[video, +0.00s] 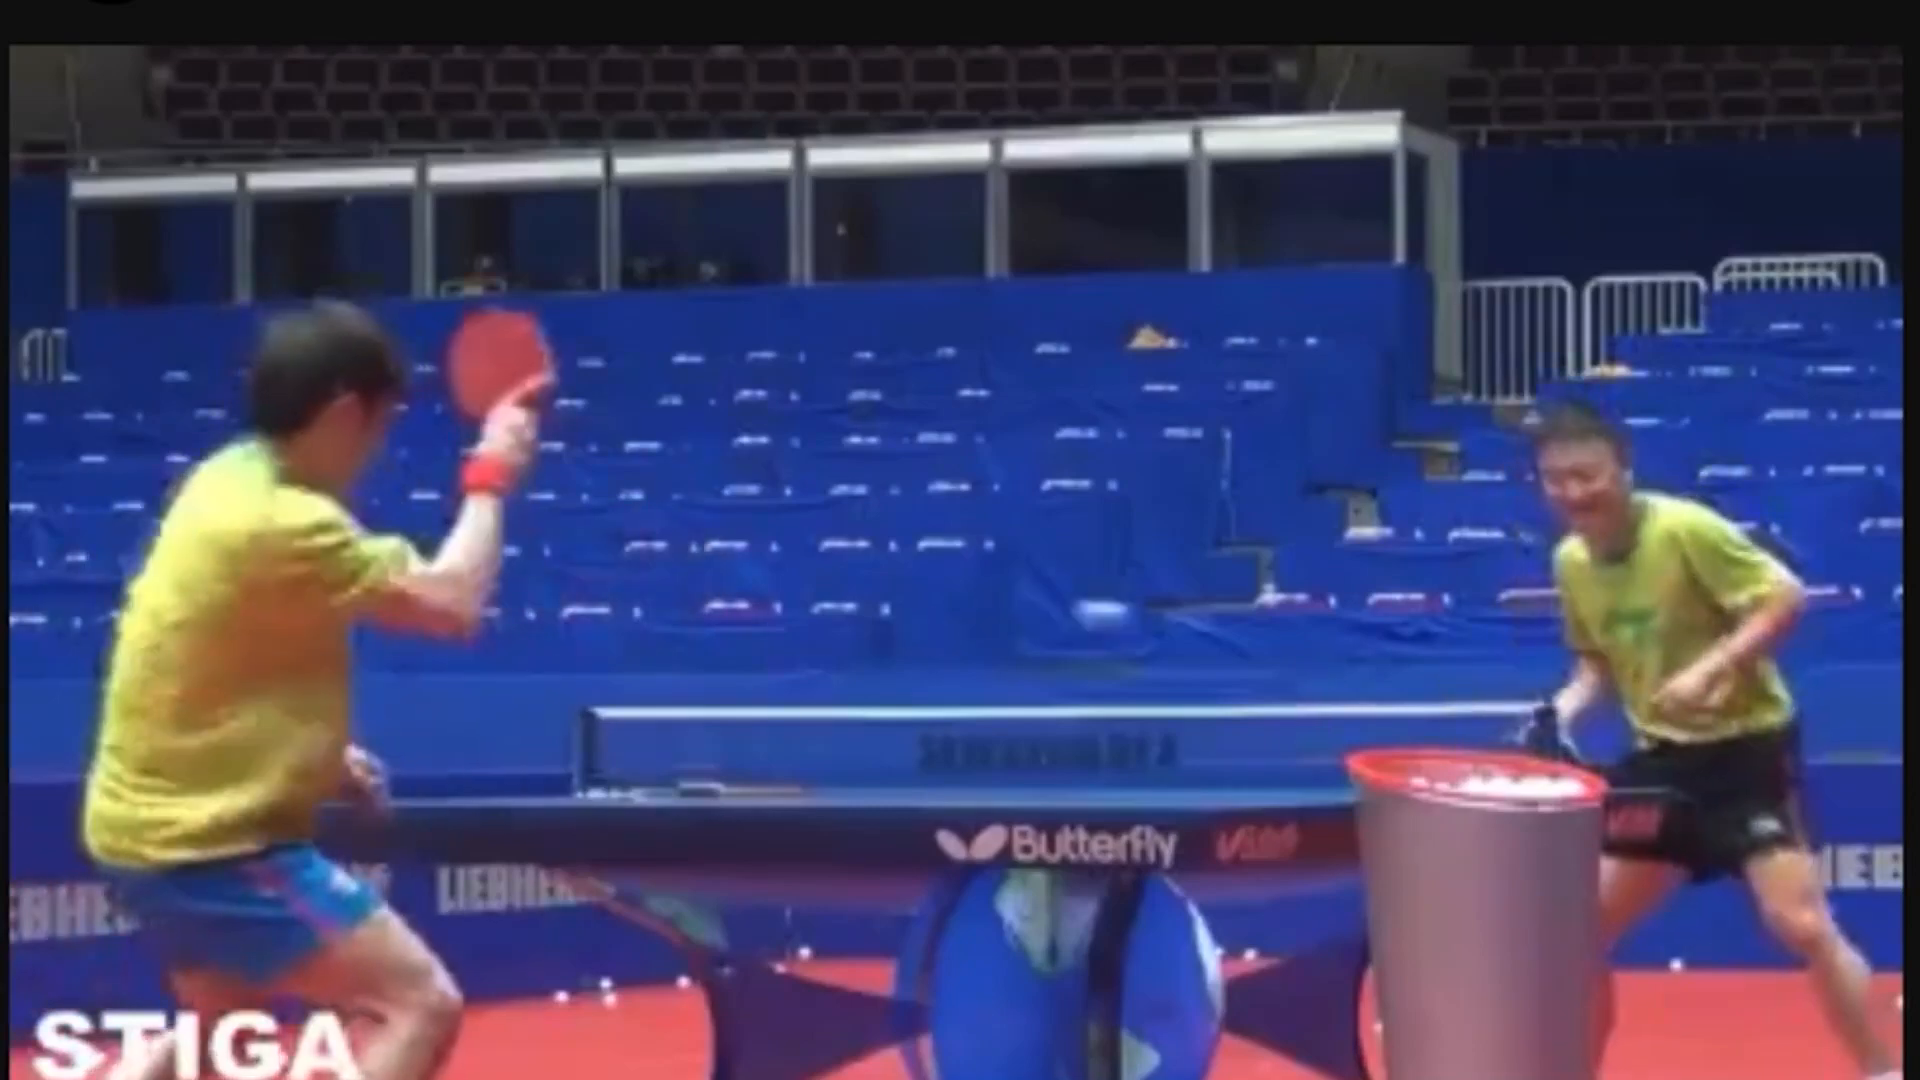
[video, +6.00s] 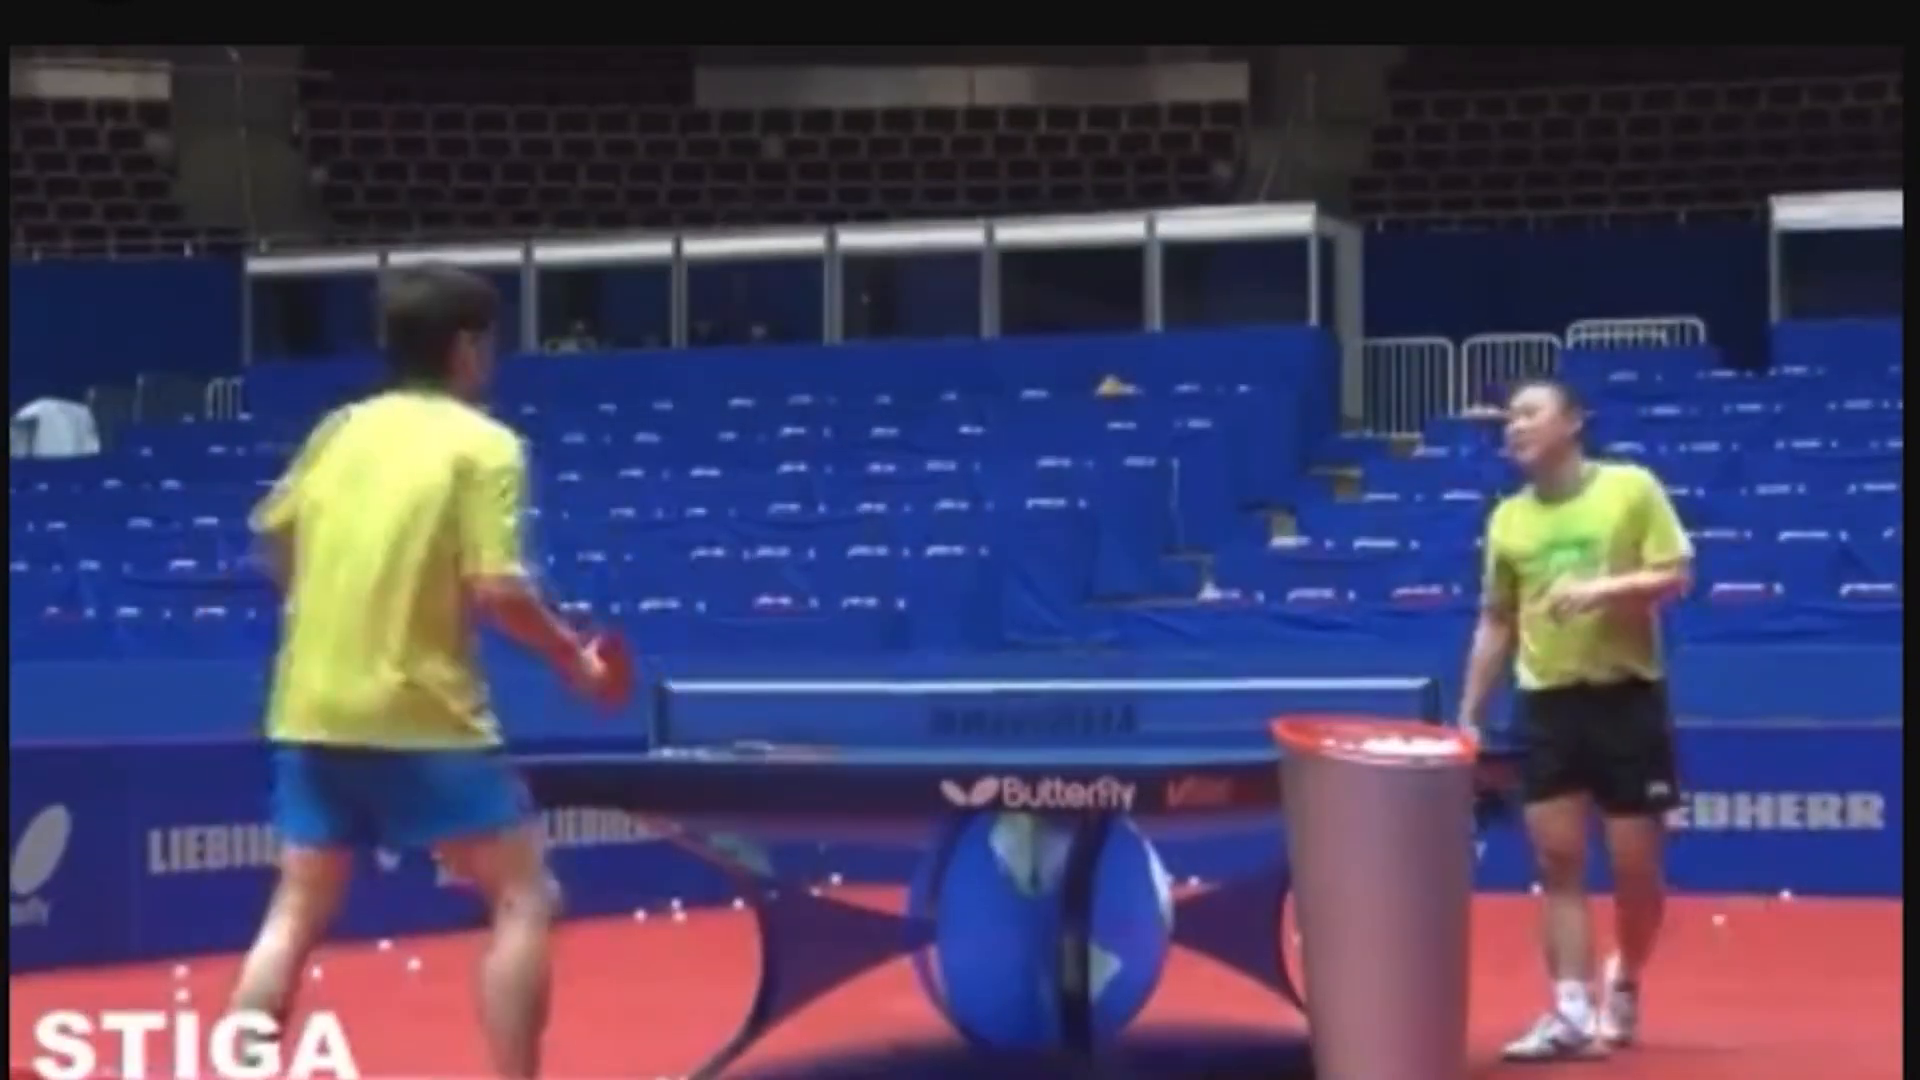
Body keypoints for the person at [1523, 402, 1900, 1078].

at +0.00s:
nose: (1577, 493)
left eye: (1590, 474)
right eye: (1561, 480)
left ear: (1623, 470)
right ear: (1546, 488)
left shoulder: (1685, 529)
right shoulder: (1572, 561)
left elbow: (1785, 594)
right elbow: (1595, 665)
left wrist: (1708, 670)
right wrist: (1558, 711)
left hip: (1747, 751)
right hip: (1662, 760)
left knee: (1802, 924)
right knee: (1578, 924)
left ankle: (1883, 1067)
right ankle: (1569, 1067)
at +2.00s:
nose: (1757, 417)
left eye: (1774, 401)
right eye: (1749, 401)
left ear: (1818, 406)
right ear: (1740, 410)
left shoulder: (1874, 502)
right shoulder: (1723, 496)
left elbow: (1894, 617)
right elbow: (1703, 595)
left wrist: (1803, 651)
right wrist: (1661, 633)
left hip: (1841, 735)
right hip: (1738, 729)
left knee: (1880, 923)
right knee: (1663, 912)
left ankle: (1897, 1066)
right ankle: (1623, 1059)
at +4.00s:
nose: (1693, 456)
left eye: (1705, 436)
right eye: (1679, 441)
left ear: (1742, 425)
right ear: (1668, 444)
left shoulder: (1805, 470)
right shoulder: (1669, 516)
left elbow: (1876, 546)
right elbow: (1700, 586)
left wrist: (1845, 608)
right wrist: (1726, 649)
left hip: (1826, 715)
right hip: (1731, 720)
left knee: (1831, 913)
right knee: (1699, 923)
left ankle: (1857, 1068)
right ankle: (1676, 1062)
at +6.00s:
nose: (1514, 429)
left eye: (1529, 415)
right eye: (1510, 418)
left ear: (1572, 422)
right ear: (1511, 436)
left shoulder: (1630, 488)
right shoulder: (1508, 518)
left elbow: (1674, 571)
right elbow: (1495, 620)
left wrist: (1597, 590)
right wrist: (1469, 712)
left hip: (1625, 689)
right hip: (1547, 696)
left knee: (1635, 857)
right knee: (1556, 856)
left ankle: (1626, 983)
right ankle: (1570, 1008)